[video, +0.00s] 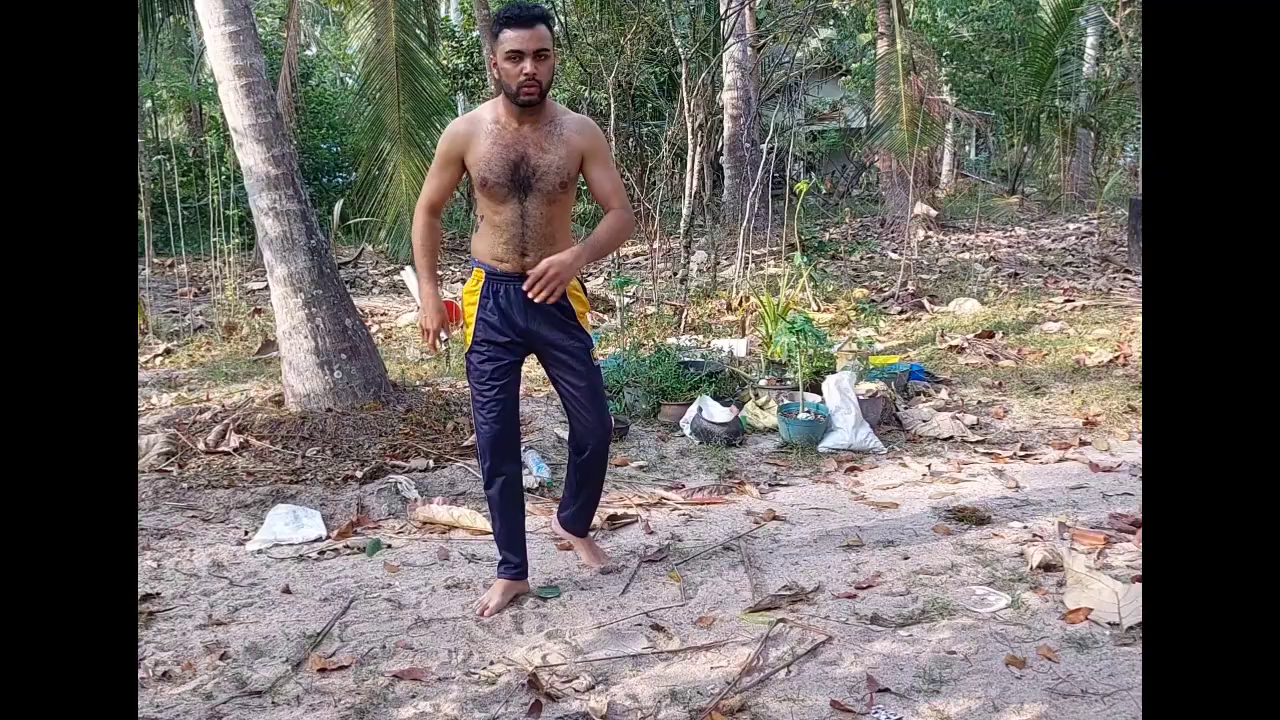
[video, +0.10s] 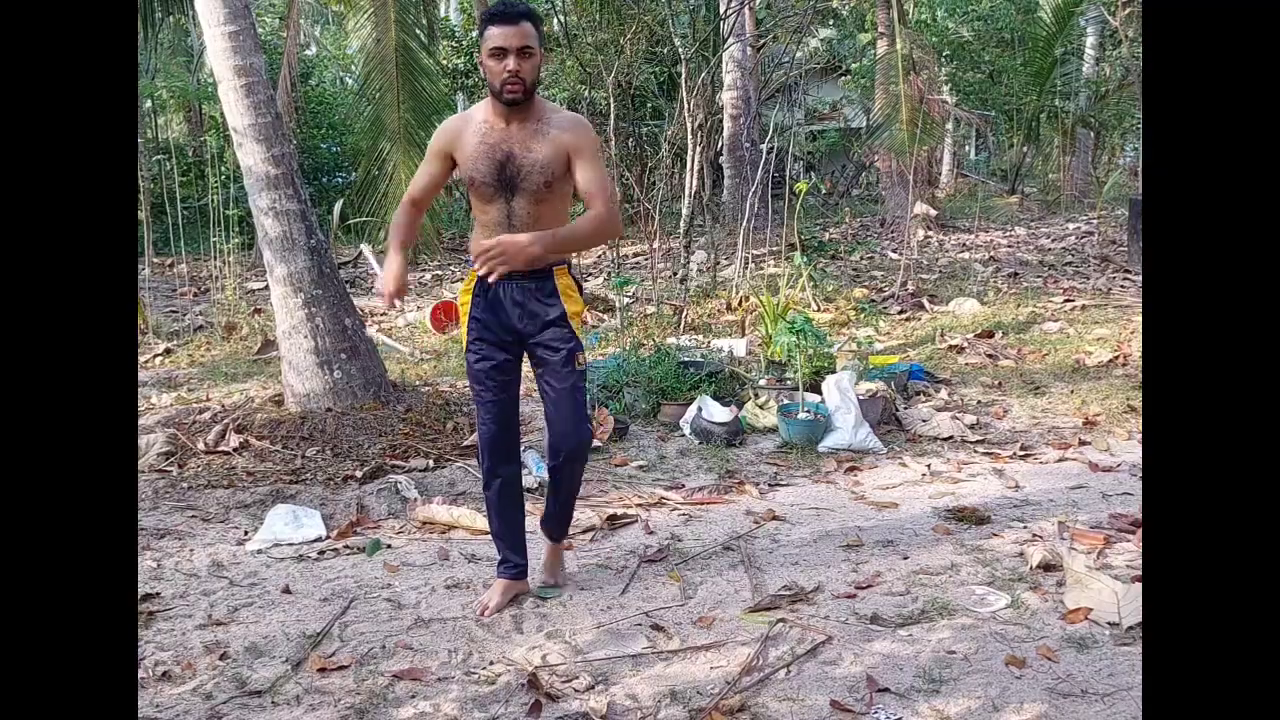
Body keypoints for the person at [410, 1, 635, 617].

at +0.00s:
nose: (529, 70)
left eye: (540, 56)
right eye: (515, 57)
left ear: (555, 60)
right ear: (492, 62)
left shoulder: (580, 133)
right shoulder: (465, 133)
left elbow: (621, 215)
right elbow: (428, 211)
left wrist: (577, 258)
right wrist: (428, 291)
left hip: (557, 298)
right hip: (490, 297)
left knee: (594, 428)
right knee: (493, 438)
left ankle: (573, 524)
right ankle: (511, 569)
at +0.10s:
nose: (513, 66)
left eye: (525, 53)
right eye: (499, 54)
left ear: (541, 60)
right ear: (481, 62)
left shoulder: (572, 132)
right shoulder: (458, 131)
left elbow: (607, 220)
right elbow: (413, 203)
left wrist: (539, 245)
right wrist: (395, 260)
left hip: (552, 298)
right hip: (487, 300)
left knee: (572, 437)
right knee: (494, 440)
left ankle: (554, 538)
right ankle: (510, 572)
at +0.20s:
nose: (502, 67)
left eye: (514, 54)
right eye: (489, 56)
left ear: (534, 59)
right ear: (473, 62)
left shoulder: (566, 131)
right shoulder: (454, 134)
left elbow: (590, 225)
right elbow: (413, 207)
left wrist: (508, 245)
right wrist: (386, 205)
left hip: (546, 300)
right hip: (482, 300)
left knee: (550, 446)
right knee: (494, 445)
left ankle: (540, 541)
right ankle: (510, 570)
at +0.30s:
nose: (494, 68)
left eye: (506, 55)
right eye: (481, 57)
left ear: (527, 60)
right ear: (466, 66)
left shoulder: (556, 134)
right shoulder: (455, 135)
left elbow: (552, 236)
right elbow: (408, 211)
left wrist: (470, 251)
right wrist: (396, 155)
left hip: (546, 299)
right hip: (485, 301)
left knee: (538, 445)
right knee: (491, 447)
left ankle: (535, 538)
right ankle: (510, 572)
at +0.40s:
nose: (487, 73)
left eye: (499, 59)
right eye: (473, 62)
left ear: (521, 64)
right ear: (460, 72)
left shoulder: (544, 137)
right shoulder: (458, 139)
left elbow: (515, 247)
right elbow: (402, 208)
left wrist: (456, 241)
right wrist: (406, 138)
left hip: (556, 300)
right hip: (497, 299)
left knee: (548, 446)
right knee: (493, 448)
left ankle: (567, 580)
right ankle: (511, 574)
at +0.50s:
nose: (481, 78)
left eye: (494, 63)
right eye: (468, 67)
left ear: (518, 70)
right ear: (455, 77)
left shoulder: (537, 140)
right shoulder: (465, 141)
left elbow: (507, 255)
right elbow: (404, 204)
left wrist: (475, 216)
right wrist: (409, 140)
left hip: (567, 308)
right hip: (511, 311)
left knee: (577, 454)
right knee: (495, 459)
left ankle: (630, 612)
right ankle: (513, 576)